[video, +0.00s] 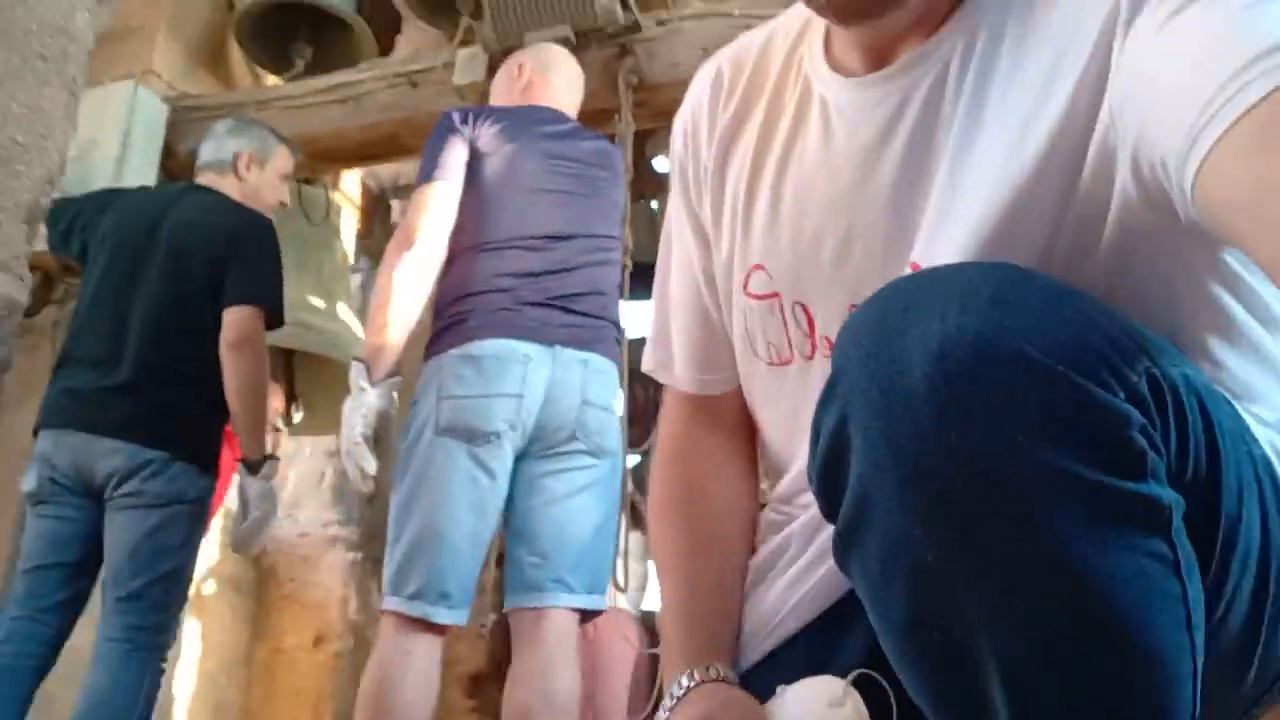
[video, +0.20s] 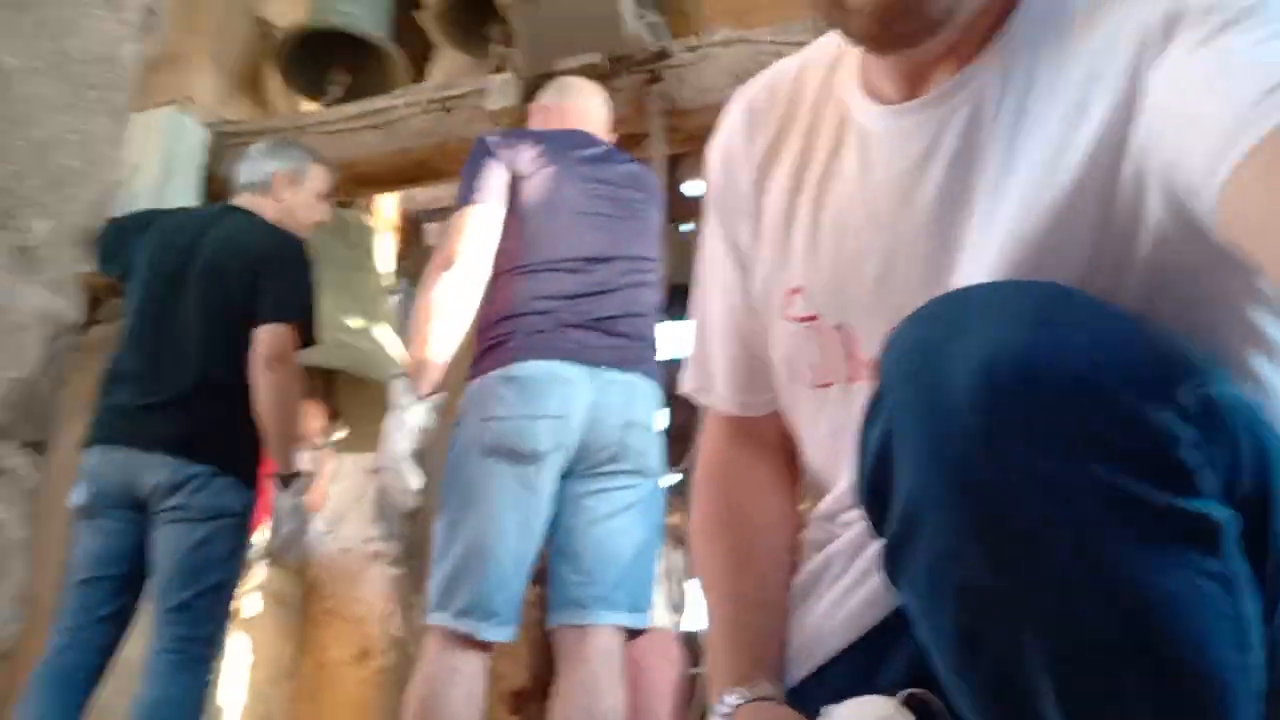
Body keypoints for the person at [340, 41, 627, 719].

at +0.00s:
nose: (490, 90)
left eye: (498, 77)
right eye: (498, 78)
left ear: (520, 75)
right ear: (575, 100)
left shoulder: (469, 127)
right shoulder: (610, 158)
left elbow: (421, 242)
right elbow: (605, 273)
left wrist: (371, 377)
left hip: (481, 361)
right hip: (593, 373)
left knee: (415, 617)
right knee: (551, 614)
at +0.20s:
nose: (527, 125)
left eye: (529, 116)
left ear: (535, 115)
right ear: (610, 133)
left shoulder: (507, 150)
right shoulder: (646, 183)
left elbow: (465, 264)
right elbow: (638, 298)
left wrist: (416, 395)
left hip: (525, 384)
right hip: (633, 395)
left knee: (462, 631)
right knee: (595, 631)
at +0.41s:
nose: (614, 105)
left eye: (615, 97)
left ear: (619, 96)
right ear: (698, 111)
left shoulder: (589, 128)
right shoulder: (732, 160)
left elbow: (547, 239)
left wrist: (506, 371)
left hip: (610, 359)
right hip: (719, 368)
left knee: (550, 609)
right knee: (683, 608)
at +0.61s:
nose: (625, 94)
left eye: (627, 87)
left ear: (630, 88)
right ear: (709, 101)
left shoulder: (598, 119)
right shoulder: (746, 147)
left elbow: (555, 235)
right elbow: (742, 257)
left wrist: (515, 370)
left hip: (621, 353)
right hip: (731, 360)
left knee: (563, 607)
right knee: (695, 601)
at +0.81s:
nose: (575, 114)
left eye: (576, 106)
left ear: (581, 107)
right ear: (658, 120)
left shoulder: (547, 139)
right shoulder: (695, 171)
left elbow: (495, 268)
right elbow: (701, 294)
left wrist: (468, 375)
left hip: (565, 372)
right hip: (676, 382)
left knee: (501, 623)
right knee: (634, 621)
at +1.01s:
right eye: (576, 96)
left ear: (497, 87)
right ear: (576, 100)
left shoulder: (456, 119)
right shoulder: (611, 155)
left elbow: (391, 257)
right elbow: (615, 280)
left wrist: (400, 330)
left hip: (475, 356)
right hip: (587, 369)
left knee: (411, 616)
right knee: (545, 611)